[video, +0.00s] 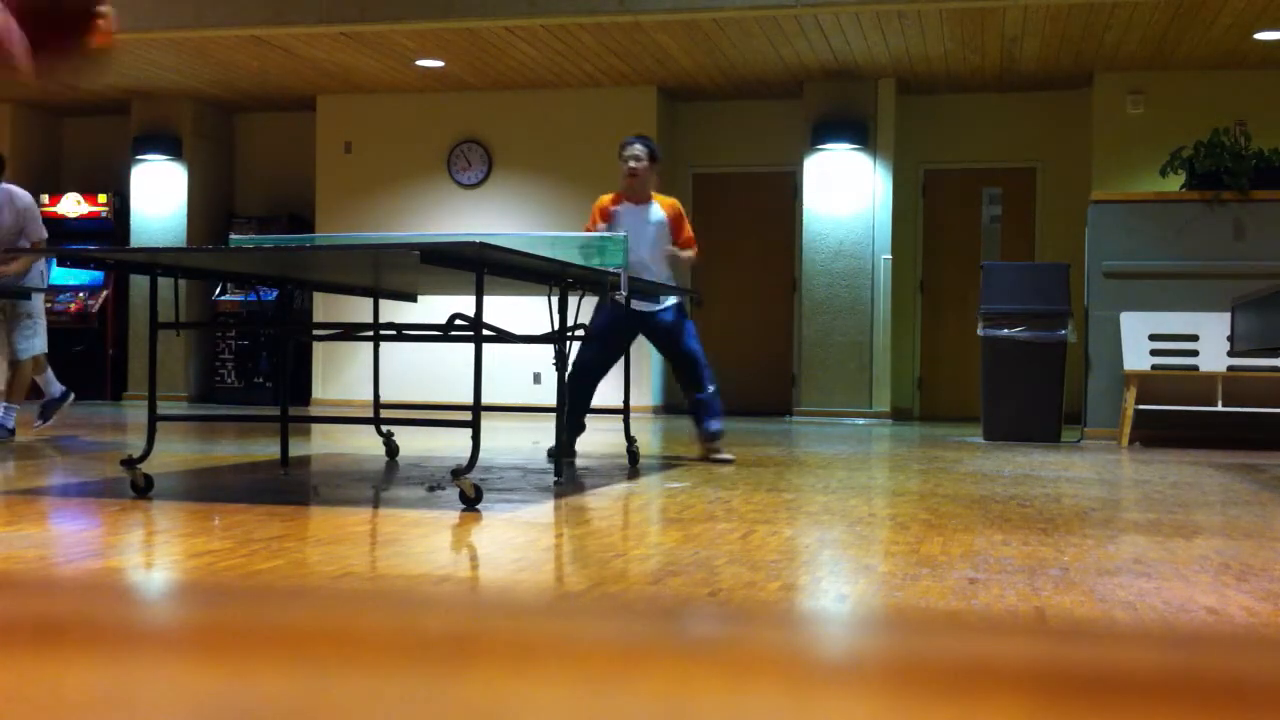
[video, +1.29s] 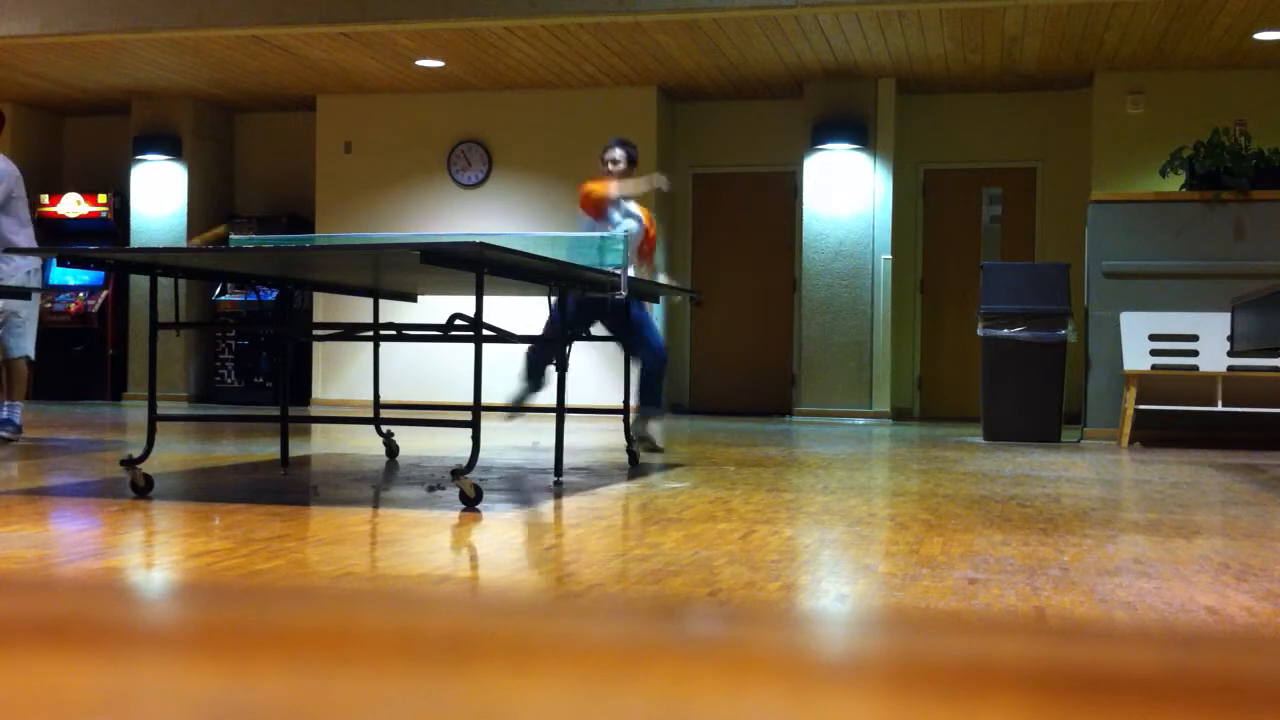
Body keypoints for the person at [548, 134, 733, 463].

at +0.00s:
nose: (631, 165)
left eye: (638, 160)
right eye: (626, 160)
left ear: (653, 167)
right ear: (619, 167)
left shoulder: (670, 208)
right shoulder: (606, 206)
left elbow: (690, 253)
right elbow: (589, 246)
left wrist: (677, 254)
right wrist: (602, 244)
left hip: (663, 306)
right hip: (618, 304)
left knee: (694, 364)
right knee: (584, 370)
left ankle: (711, 441)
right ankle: (566, 443)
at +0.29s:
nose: (615, 170)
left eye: (621, 164)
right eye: (610, 164)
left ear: (635, 168)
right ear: (604, 169)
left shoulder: (657, 208)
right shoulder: (604, 214)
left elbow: (671, 252)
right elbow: (598, 257)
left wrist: (636, 271)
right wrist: (581, 240)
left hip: (658, 306)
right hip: (620, 305)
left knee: (672, 368)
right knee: (595, 363)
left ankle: (685, 438)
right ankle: (593, 430)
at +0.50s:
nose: (585, 189)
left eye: (591, 182)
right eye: (581, 183)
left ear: (610, 184)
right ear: (578, 188)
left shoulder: (624, 218)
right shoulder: (596, 226)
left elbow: (624, 264)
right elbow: (596, 265)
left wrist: (583, 272)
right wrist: (570, 273)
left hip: (640, 304)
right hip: (614, 306)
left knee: (643, 366)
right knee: (581, 363)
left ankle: (682, 438)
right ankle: (598, 431)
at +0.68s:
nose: (559, 200)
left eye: (565, 193)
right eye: (557, 194)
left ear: (584, 194)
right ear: (557, 197)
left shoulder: (594, 222)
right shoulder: (588, 227)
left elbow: (584, 271)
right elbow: (577, 279)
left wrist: (546, 306)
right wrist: (545, 308)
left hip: (626, 303)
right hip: (609, 307)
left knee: (632, 363)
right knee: (580, 362)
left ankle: (682, 426)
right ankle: (590, 432)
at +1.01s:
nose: (565, 171)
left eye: (573, 166)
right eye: (567, 165)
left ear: (591, 174)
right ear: (582, 174)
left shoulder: (602, 204)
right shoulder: (586, 208)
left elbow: (590, 253)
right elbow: (588, 255)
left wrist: (560, 267)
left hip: (620, 301)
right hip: (592, 303)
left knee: (641, 361)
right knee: (570, 363)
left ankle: (677, 430)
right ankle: (589, 430)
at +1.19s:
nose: (596, 158)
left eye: (604, 152)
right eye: (595, 152)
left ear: (621, 159)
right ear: (594, 157)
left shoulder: (641, 202)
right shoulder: (585, 187)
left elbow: (651, 239)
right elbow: (560, 175)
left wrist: (659, 255)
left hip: (622, 282)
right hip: (583, 280)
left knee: (649, 330)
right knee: (556, 345)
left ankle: (650, 407)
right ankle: (576, 392)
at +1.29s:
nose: (610, 167)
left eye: (617, 163)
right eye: (607, 162)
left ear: (630, 167)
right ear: (601, 165)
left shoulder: (643, 217)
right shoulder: (592, 194)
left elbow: (647, 263)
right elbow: (601, 191)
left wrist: (652, 290)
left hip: (623, 294)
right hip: (584, 290)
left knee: (655, 351)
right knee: (545, 344)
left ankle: (642, 426)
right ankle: (532, 385)